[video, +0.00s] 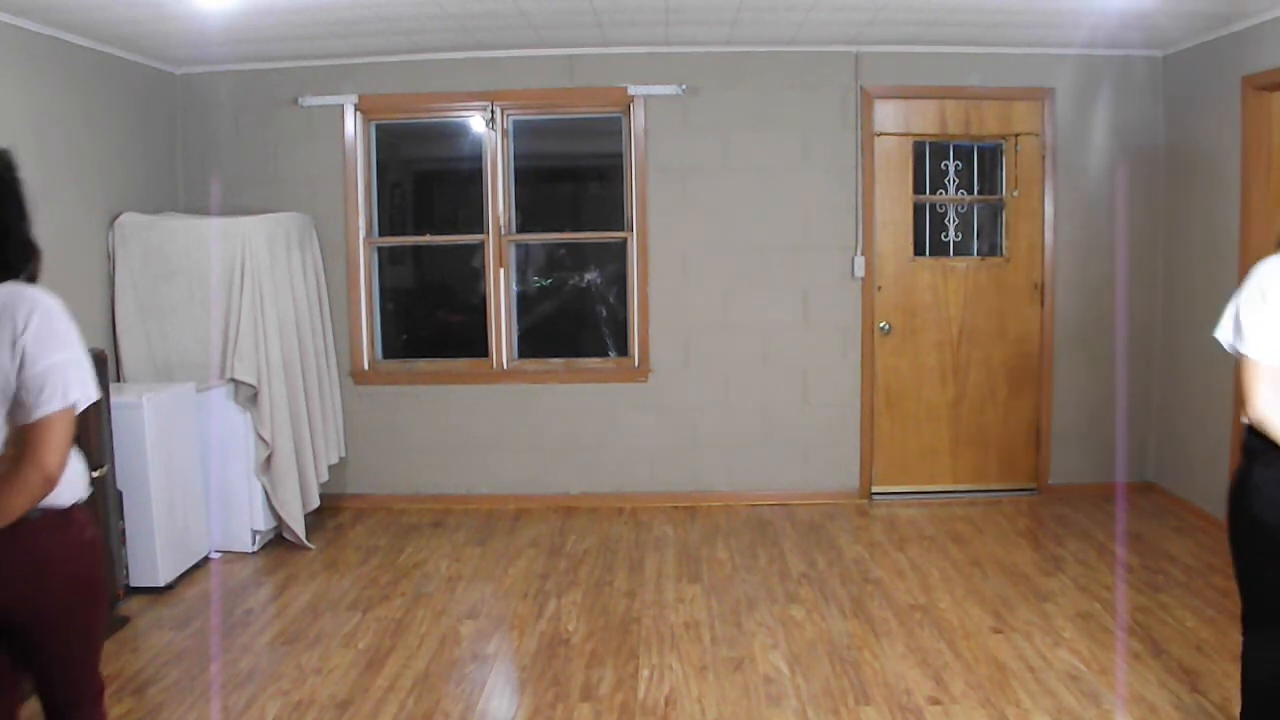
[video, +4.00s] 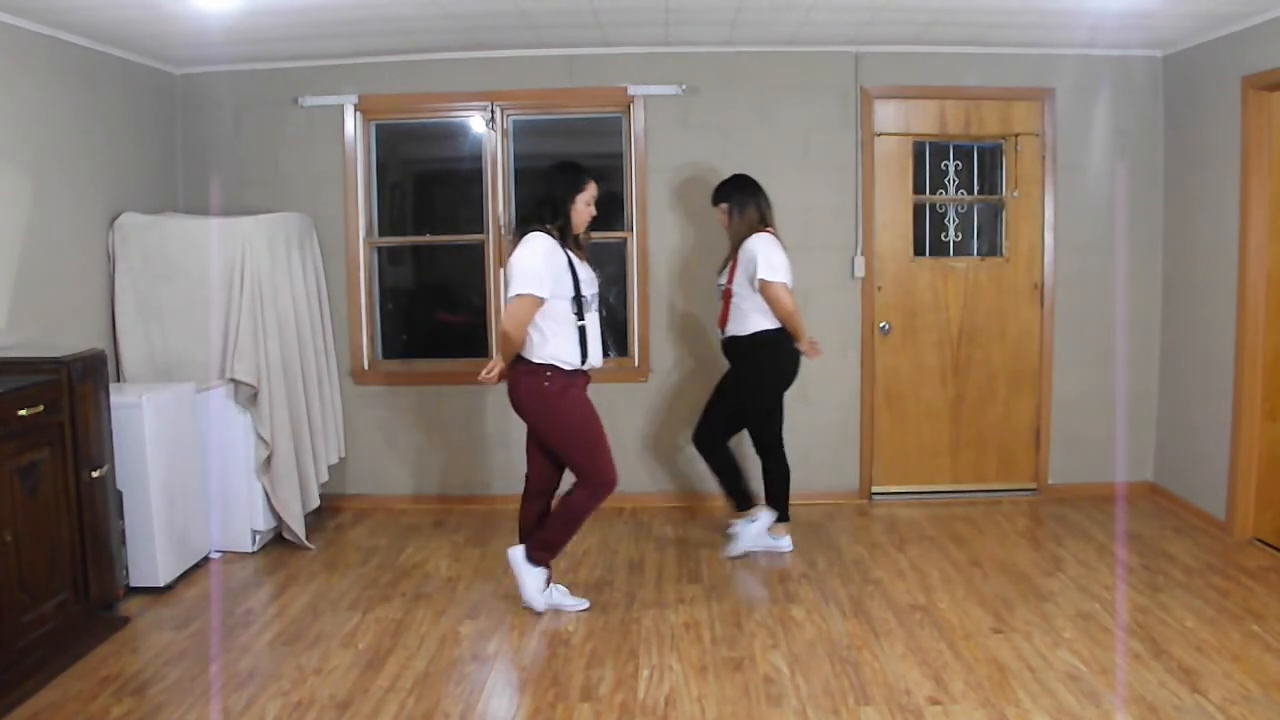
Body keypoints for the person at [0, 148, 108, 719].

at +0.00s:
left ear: (10, 221)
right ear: (18, 219)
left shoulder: (31, 313)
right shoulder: (31, 313)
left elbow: (41, 465)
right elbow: (41, 464)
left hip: (37, 538)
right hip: (45, 539)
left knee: (71, 699)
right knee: (76, 702)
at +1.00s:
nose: (175, 246)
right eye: (172, 236)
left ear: (95, 243)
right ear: (168, 245)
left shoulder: (66, 319)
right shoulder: (186, 313)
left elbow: (39, 414)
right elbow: (193, 424)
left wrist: (79, 476)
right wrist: (116, 473)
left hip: (98, 499)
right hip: (173, 496)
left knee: (176, 592)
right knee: (135, 656)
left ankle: (222, 678)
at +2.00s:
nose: (291, 226)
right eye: (290, 218)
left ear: (230, 219)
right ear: (284, 224)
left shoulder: (205, 284)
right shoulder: (298, 279)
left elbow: (185, 357)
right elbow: (303, 364)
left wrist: (214, 396)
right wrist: (245, 407)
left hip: (227, 430)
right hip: (291, 427)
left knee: (233, 550)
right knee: (315, 524)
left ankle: (226, 679)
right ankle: (343, 605)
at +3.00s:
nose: (430, 223)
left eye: (431, 214)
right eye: (424, 213)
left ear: (403, 215)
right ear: (398, 213)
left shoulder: (398, 263)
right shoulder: (372, 262)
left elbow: (372, 334)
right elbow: (344, 348)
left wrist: (335, 369)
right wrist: (335, 372)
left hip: (401, 394)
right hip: (371, 397)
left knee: (434, 480)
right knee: (367, 500)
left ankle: (365, 546)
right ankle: (353, 602)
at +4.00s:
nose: (594, 212)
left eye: (594, 203)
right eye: (588, 202)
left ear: (571, 203)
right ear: (564, 202)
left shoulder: (567, 251)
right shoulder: (539, 248)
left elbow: (532, 319)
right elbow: (513, 325)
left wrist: (504, 359)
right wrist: (507, 359)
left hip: (560, 380)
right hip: (545, 382)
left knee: (541, 484)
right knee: (600, 477)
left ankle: (538, 583)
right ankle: (532, 556)